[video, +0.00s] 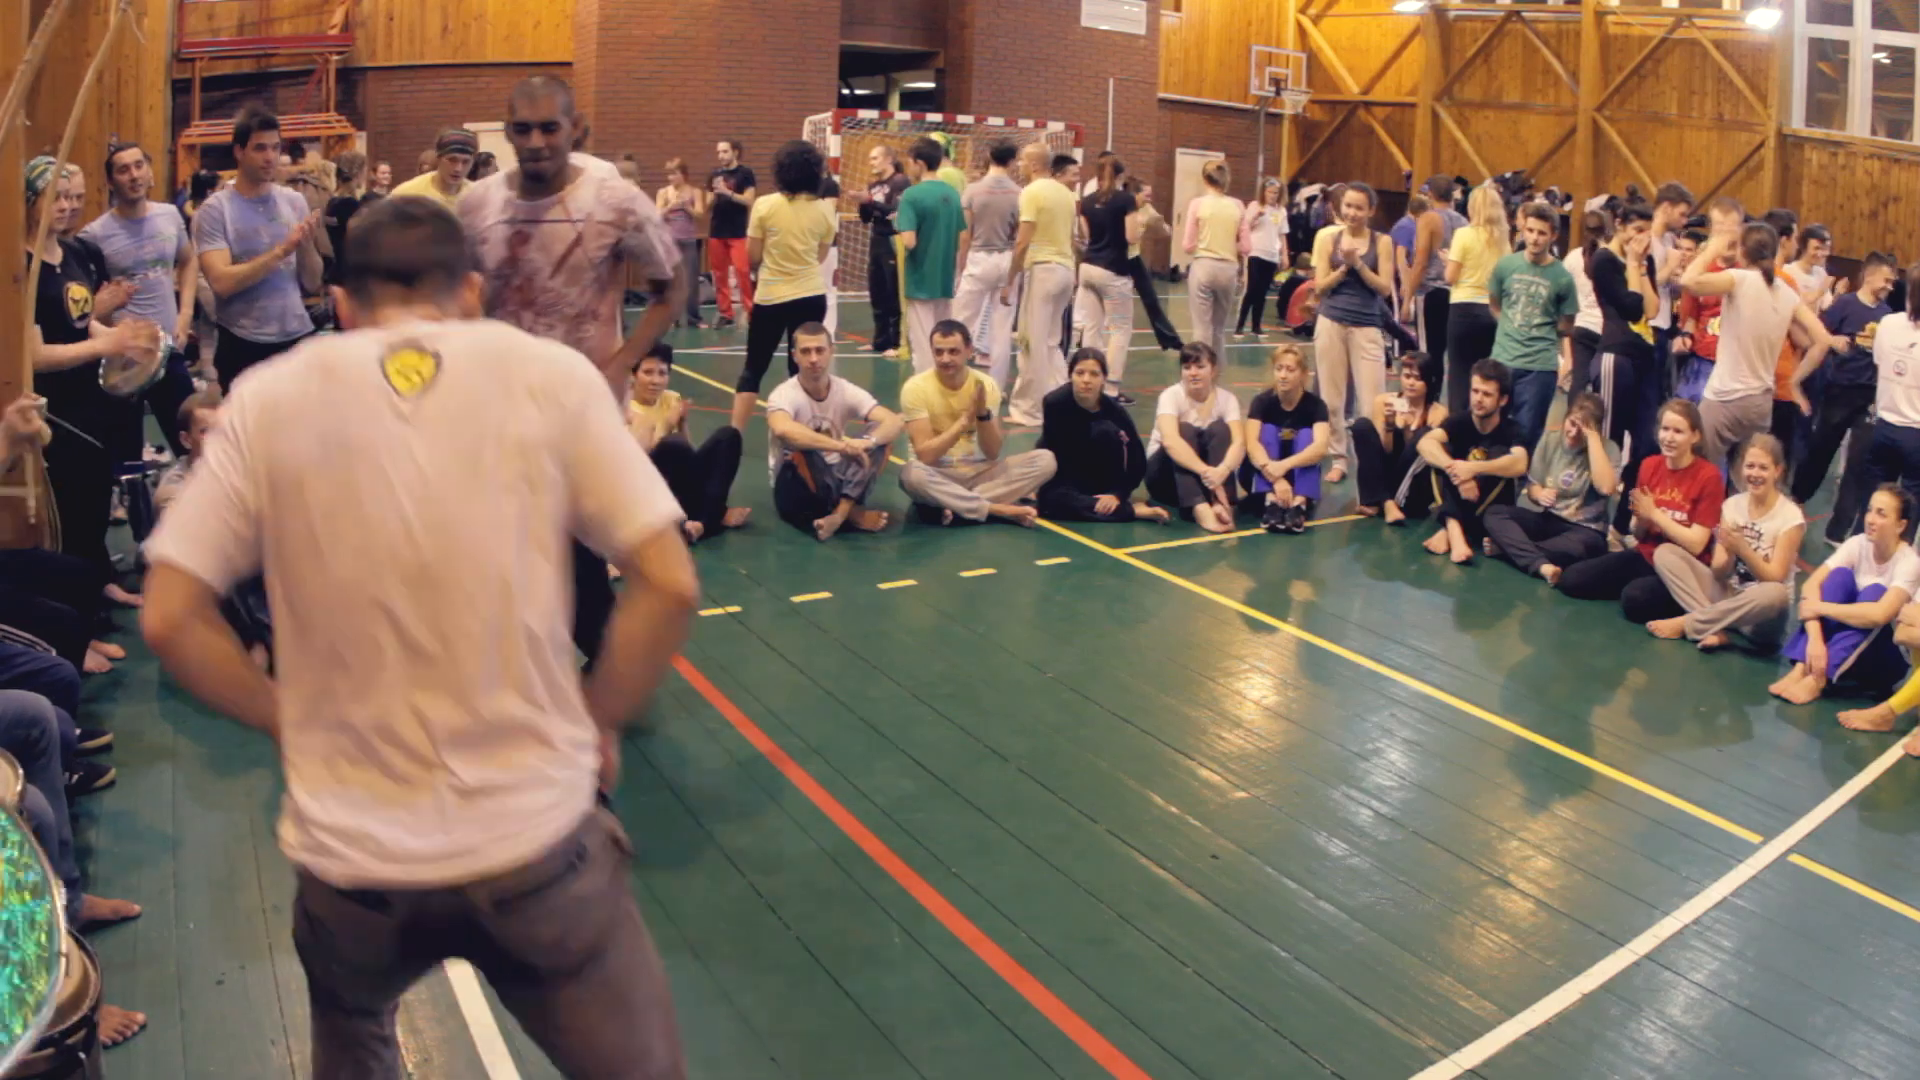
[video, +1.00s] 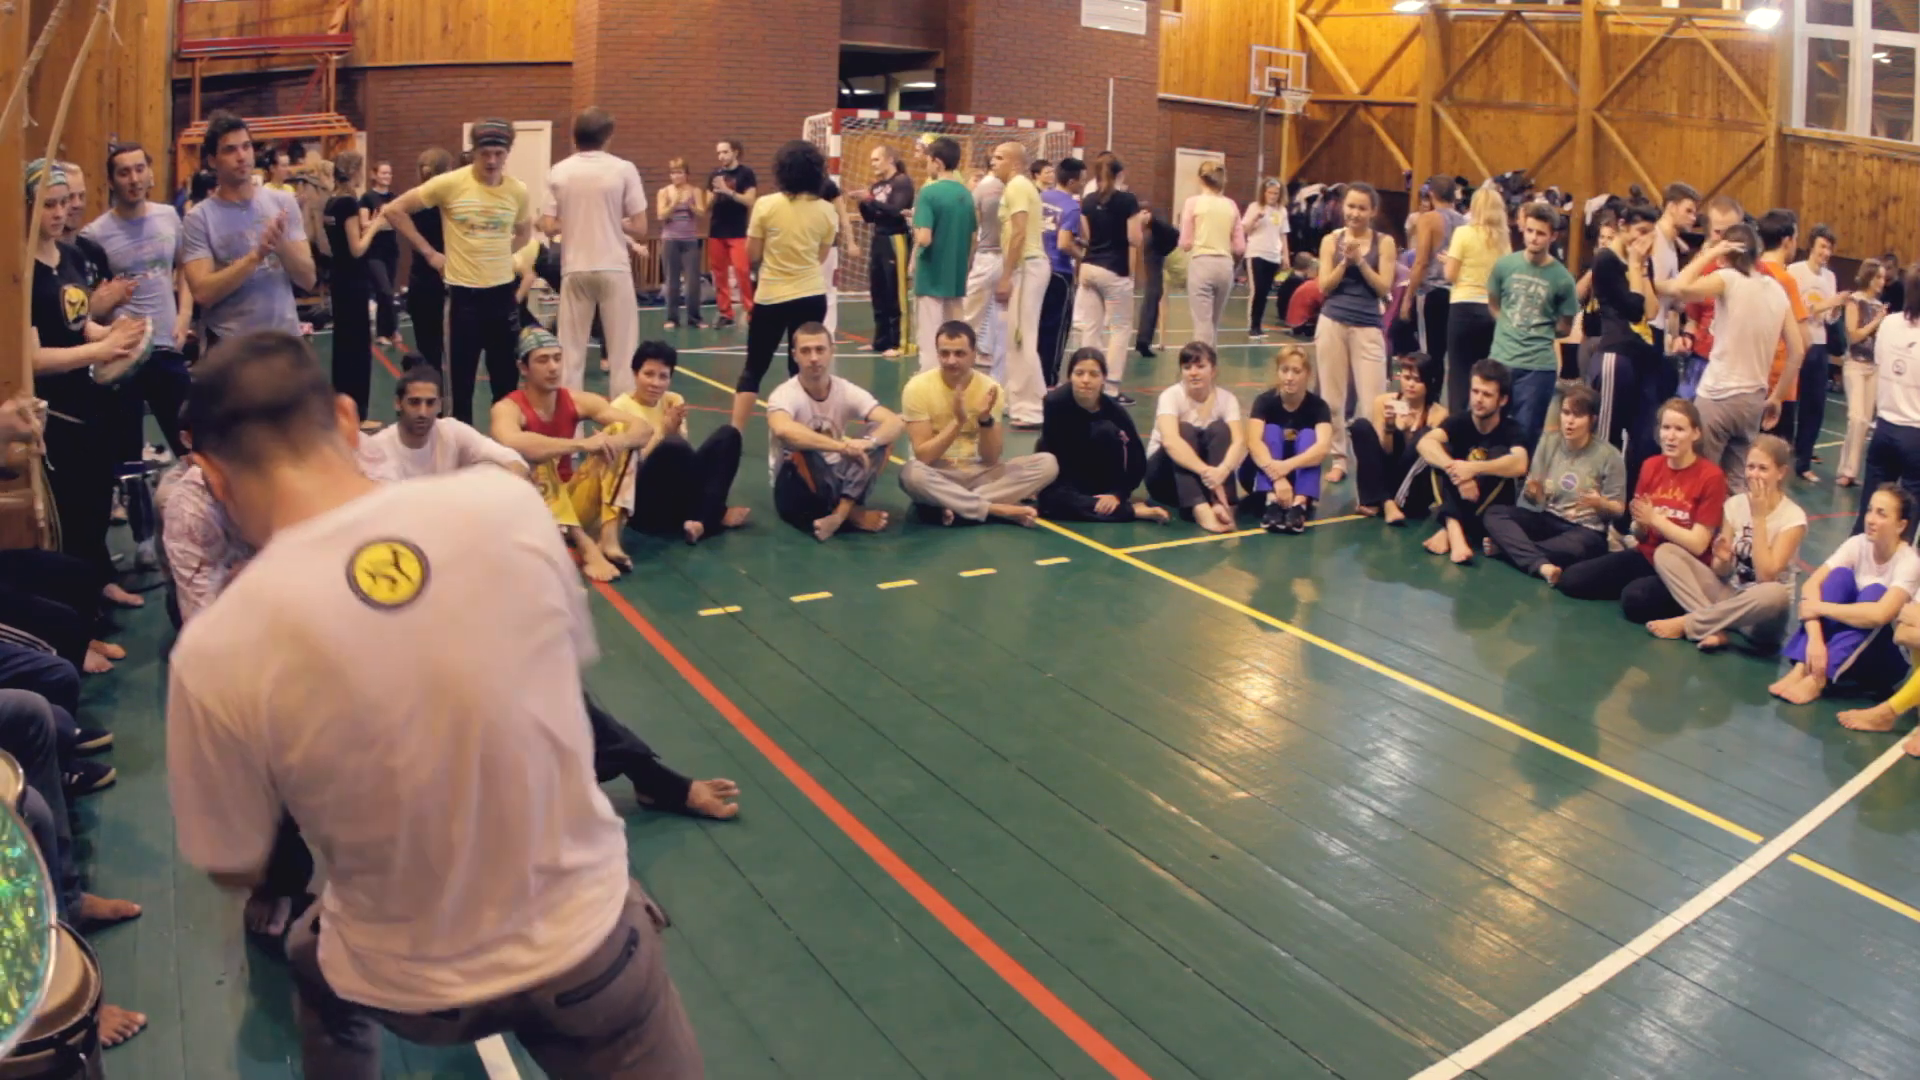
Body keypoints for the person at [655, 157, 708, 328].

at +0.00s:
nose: (671, 177)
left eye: (674, 173)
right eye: (668, 173)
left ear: (683, 173)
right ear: (666, 175)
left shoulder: (695, 191)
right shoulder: (663, 192)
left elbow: (700, 214)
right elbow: (658, 214)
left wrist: (686, 206)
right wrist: (672, 206)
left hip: (689, 239)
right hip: (669, 239)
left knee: (691, 279)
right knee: (671, 278)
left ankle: (693, 315)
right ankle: (672, 317)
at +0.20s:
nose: (672, 177)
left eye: (675, 173)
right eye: (670, 173)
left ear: (684, 174)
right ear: (668, 175)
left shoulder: (695, 191)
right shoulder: (664, 192)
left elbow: (701, 212)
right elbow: (658, 214)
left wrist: (688, 206)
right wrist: (671, 204)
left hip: (689, 237)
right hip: (669, 237)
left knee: (692, 279)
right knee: (671, 281)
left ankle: (694, 317)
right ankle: (672, 317)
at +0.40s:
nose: (673, 177)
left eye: (676, 173)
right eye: (671, 173)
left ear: (685, 174)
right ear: (668, 175)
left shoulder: (695, 191)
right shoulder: (665, 192)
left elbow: (702, 213)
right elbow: (657, 214)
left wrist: (692, 205)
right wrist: (667, 203)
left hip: (689, 238)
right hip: (669, 238)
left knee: (692, 279)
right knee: (671, 281)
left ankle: (694, 317)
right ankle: (672, 317)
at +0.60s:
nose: (674, 176)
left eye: (678, 172)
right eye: (672, 172)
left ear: (686, 174)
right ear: (669, 174)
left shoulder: (696, 191)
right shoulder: (664, 192)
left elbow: (702, 213)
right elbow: (659, 213)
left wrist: (689, 206)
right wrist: (673, 205)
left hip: (690, 238)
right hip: (670, 238)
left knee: (692, 280)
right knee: (671, 281)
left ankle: (694, 317)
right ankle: (671, 318)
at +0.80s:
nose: (676, 176)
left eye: (679, 172)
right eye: (673, 172)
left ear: (686, 173)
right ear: (669, 174)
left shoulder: (695, 190)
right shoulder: (664, 192)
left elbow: (701, 213)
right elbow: (661, 215)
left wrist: (689, 205)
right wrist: (675, 205)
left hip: (690, 237)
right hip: (670, 237)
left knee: (693, 280)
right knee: (671, 281)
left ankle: (694, 317)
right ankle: (671, 318)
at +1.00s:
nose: (675, 176)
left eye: (679, 172)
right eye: (673, 173)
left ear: (686, 174)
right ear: (669, 175)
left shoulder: (695, 191)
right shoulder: (664, 192)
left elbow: (702, 213)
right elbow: (661, 215)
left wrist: (691, 205)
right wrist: (674, 203)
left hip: (690, 237)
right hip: (670, 237)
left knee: (693, 279)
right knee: (672, 280)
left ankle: (694, 317)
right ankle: (672, 318)